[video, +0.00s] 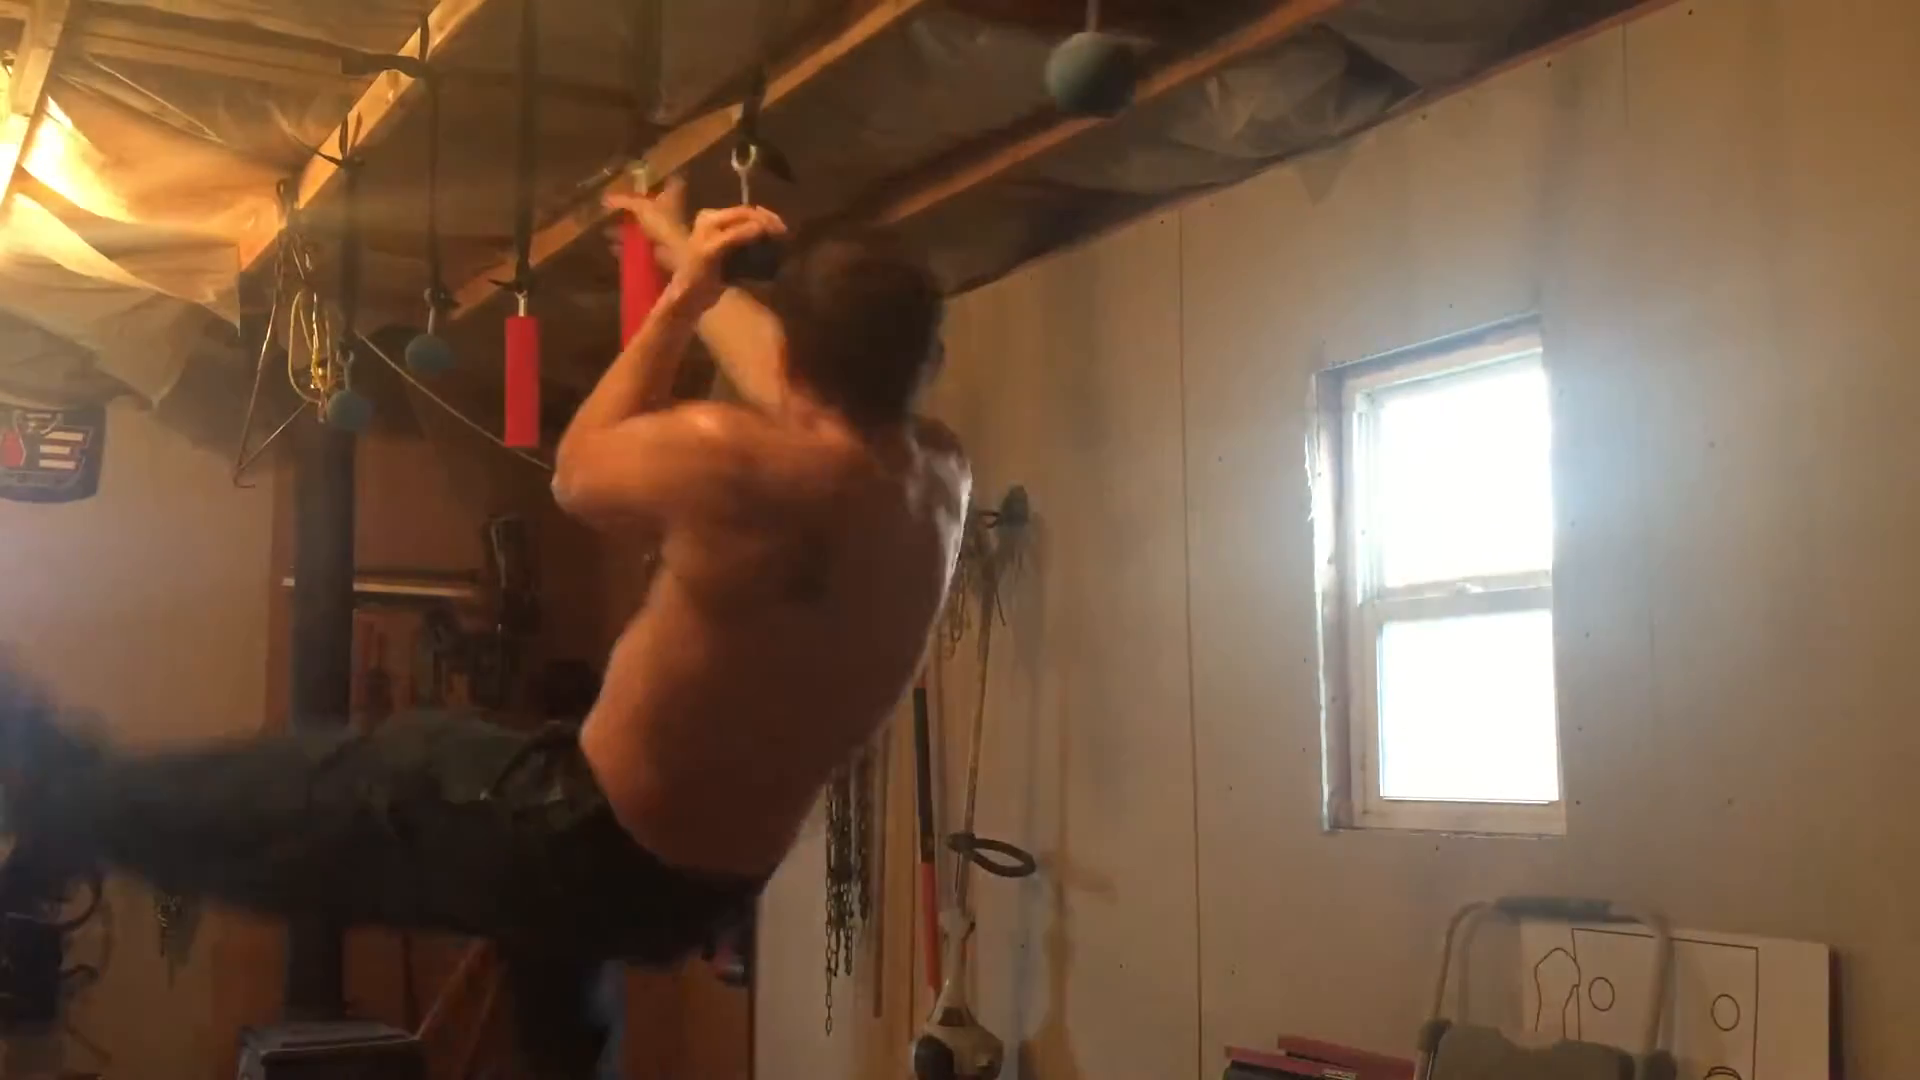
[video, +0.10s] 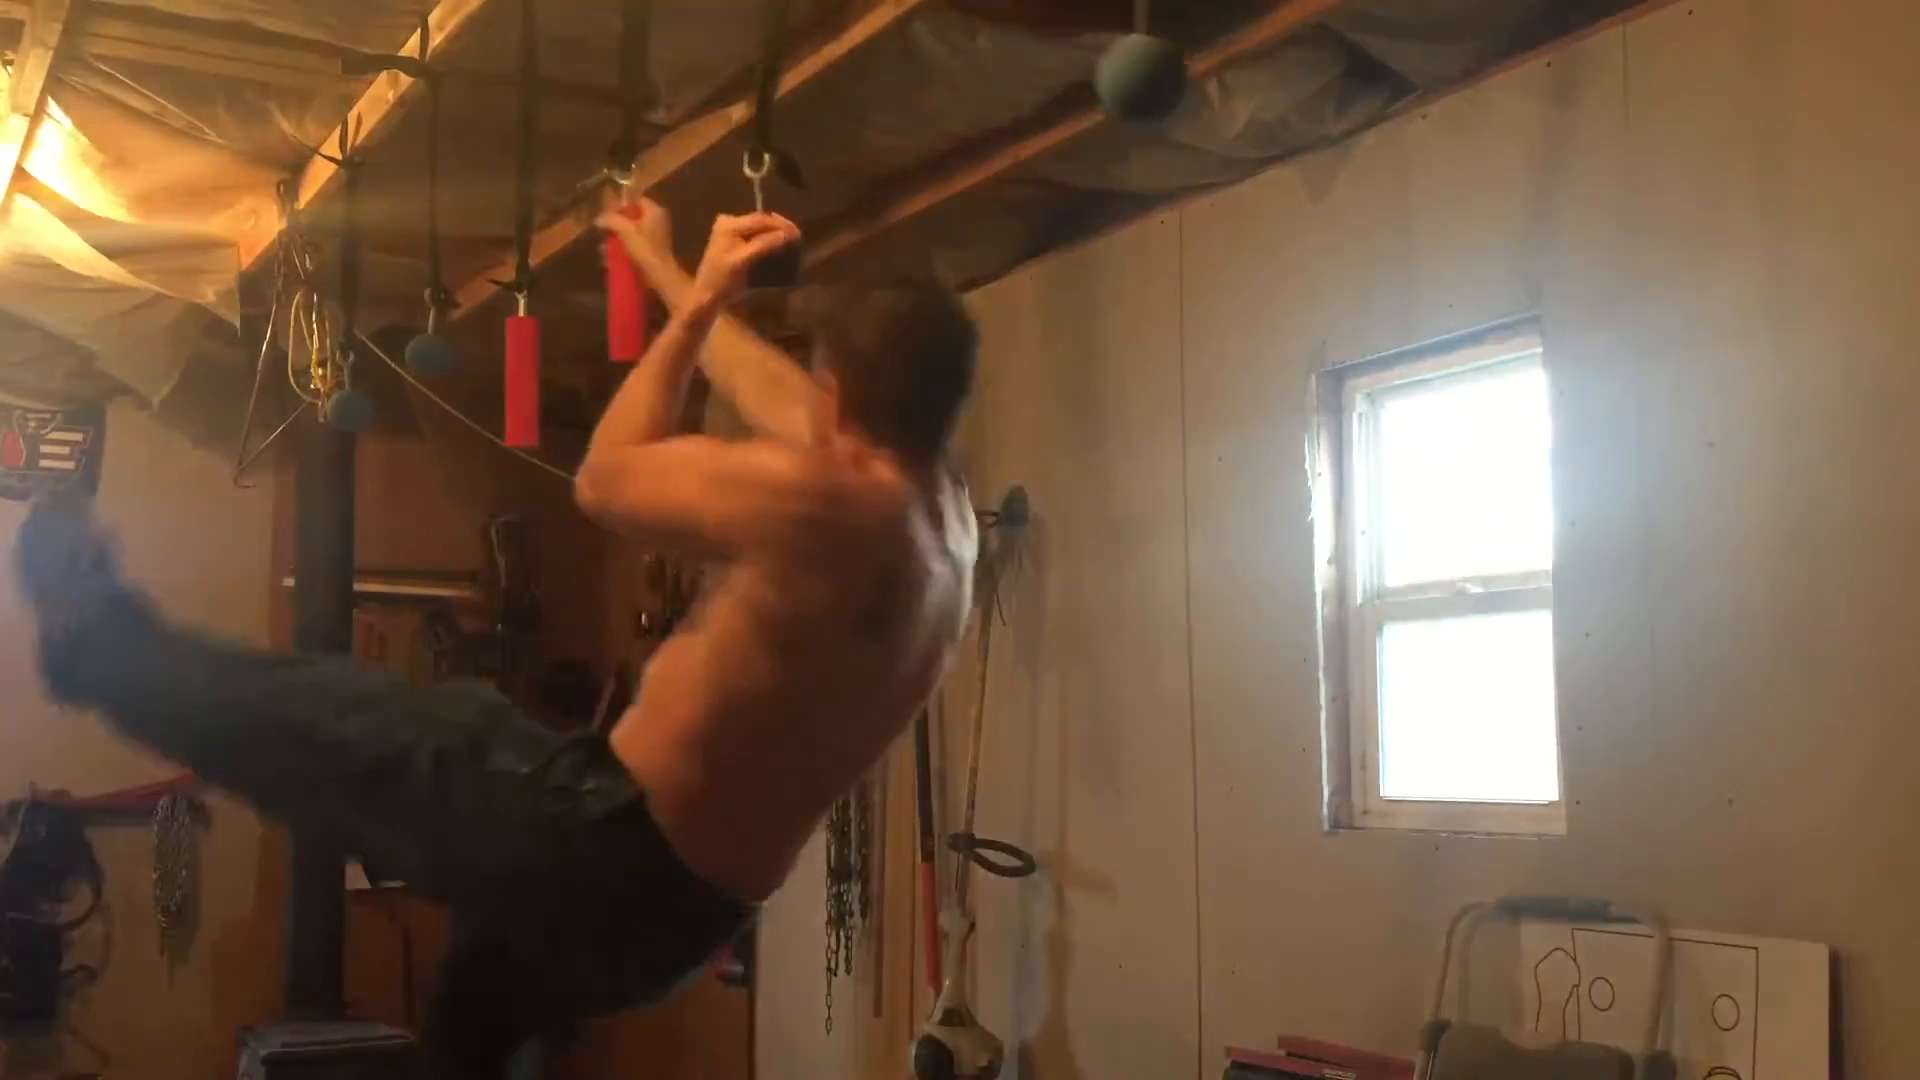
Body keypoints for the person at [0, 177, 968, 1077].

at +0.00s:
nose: (760, 328)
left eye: (773, 314)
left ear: (787, 342)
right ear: (916, 370)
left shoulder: (747, 462)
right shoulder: (938, 487)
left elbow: (585, 462)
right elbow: (781, 378)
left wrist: (689, 281)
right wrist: (681, 253)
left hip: (588, 839)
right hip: (709, 888)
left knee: (353, 781)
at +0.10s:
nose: (803, 384)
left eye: (813, 364)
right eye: (808, 366)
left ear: (839, 392)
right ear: (941, 404)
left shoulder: (822, 499)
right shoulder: (942, 529)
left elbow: (610, 473)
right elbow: (782, 400)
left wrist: (700, 304)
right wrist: (673, 280)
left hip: (592, 830)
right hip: (686, 908)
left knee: (332, 722)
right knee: (480, 1032)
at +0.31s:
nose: (906, 446)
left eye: (921, 430)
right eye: (920, 427)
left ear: (954, 459)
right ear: (1015, 483)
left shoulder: (943, 558)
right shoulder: (980, 584)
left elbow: (711, 500)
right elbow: (817, 442)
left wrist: (779, 309)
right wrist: (720, 293)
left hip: (660, 837)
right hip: (702, 917)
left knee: (367, 725)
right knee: (409, 1033)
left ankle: (85, 737)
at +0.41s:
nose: (921, 448)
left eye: (940, 430)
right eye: (936, 428)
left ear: (977, 456)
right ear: (1022, 477)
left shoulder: (985, 559)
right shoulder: (977, 573)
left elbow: (752, 511)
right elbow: (789, 450)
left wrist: (796, 308)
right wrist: (700, 283)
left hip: (700, 847)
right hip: (728, 909)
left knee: (371, 778)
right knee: (353, 1050)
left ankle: (49, 874)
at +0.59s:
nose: (917, 424)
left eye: (933, 404)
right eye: (924, 404)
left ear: (971, 413)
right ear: (1019, 436)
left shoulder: (1004, 534)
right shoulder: (966, 538)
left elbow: (778, 511)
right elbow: (761, 465)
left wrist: (798, 310)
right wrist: (670, 287)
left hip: (786, 885)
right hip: (781, 880)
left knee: (397, 908)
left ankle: (149, 1067)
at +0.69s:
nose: (899, 399)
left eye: (920, 383)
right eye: (910, 381)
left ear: (968, 408)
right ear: (978, 414)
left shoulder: (1014, 511)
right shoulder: (935, 504)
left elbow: (801, 506)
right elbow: (730, 451)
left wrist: (809, 311)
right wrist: (671, 288)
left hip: (843, 894)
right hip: (799, 875)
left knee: (460, 1005)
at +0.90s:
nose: (890, 371)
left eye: (908, 352)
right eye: (896, 352)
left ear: (962, 372)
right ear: (965, 375)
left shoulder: (1035, 466)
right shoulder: (894, 468)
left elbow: (830, 486)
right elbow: (706, 443)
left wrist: (825, 284)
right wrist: (683, 260)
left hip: (885, 889)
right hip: (825, 879)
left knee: (613, 1063)